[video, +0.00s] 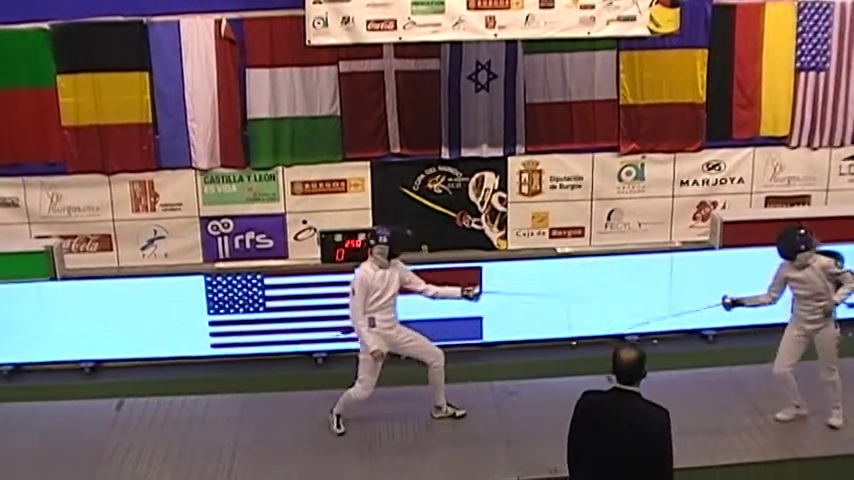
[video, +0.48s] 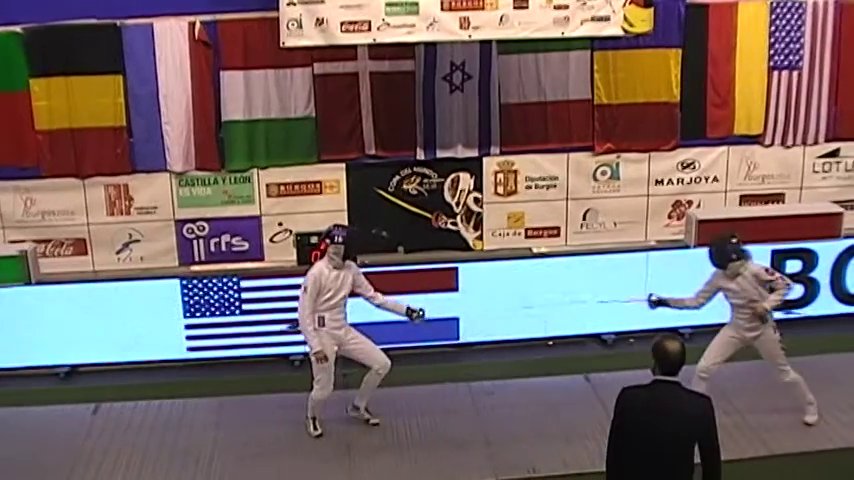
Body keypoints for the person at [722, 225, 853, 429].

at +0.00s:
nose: (792, 261)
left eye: (793, 256)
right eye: (789, 257)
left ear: (802, 251)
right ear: (788, 255)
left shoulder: (824, 265)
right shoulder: (785, 269)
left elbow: (849, 281)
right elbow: (770, 297)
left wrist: (835, 300)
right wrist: (738, 302)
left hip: (825, 326)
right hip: (798, 326)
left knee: (829, 374)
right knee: (781, 369)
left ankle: (836, 412)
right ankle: (797, 407)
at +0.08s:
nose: (794, 261)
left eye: (796, 256)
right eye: (792, 257)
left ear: (800, 252)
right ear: (786, 257)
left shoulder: (818, 265)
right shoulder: (781, 271)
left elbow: (845, 282)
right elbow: (768, 298)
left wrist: (827, 301)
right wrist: (736, 302)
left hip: (821, 326)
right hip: (793, 325)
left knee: (826, 374)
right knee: (769, 365)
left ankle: (832, 411)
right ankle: (785, 403)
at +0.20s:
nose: (788, 254)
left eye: (788, 249)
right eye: (783, 251)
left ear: (787, 248)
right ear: (773, 254)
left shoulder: (805, 261)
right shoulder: (769, 269)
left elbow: (834, 276)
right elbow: (756, 296)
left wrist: (817, 296)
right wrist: (725, 299)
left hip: (808, 322)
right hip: (781, 321)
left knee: (816, 367)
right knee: (751, 363)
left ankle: (824, 409)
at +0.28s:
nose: (770, 262)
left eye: (772, 257)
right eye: (767, 258)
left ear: (777, 252)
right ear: (760, 257)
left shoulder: (794, 264)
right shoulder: (757, 271)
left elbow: (822, 281)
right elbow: (741, 298)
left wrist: (806, 298)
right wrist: (709, 298)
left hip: (799, 324)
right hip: (772, 323)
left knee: (811, 367)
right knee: (740, 364)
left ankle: (821, 410)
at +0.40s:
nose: (746, 270)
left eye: (748, 264)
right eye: (743, 266)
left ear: (756, 259)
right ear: (738, 265)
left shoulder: (772, 271)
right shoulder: (735, 278)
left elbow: (803, 286)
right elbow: (713, 302)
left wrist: (783, 307)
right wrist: (680, 303)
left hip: (779, 330)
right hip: (751, 330)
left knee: (797, 370)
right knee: (717, 370)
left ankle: (815, 410)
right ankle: (698, 414)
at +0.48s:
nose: (730, 268)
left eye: (731, 263)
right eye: (727, 264)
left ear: (736, 259)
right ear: (723, 264)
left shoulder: (755, 271)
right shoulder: (719, 278)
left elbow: (784, 285)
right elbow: (697, 301)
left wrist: (767, 305)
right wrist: (664, 302)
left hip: (763, 330)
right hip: (735, 329)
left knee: (785, 373)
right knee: (703, 370)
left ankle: (810, 406)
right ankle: (693, 418)